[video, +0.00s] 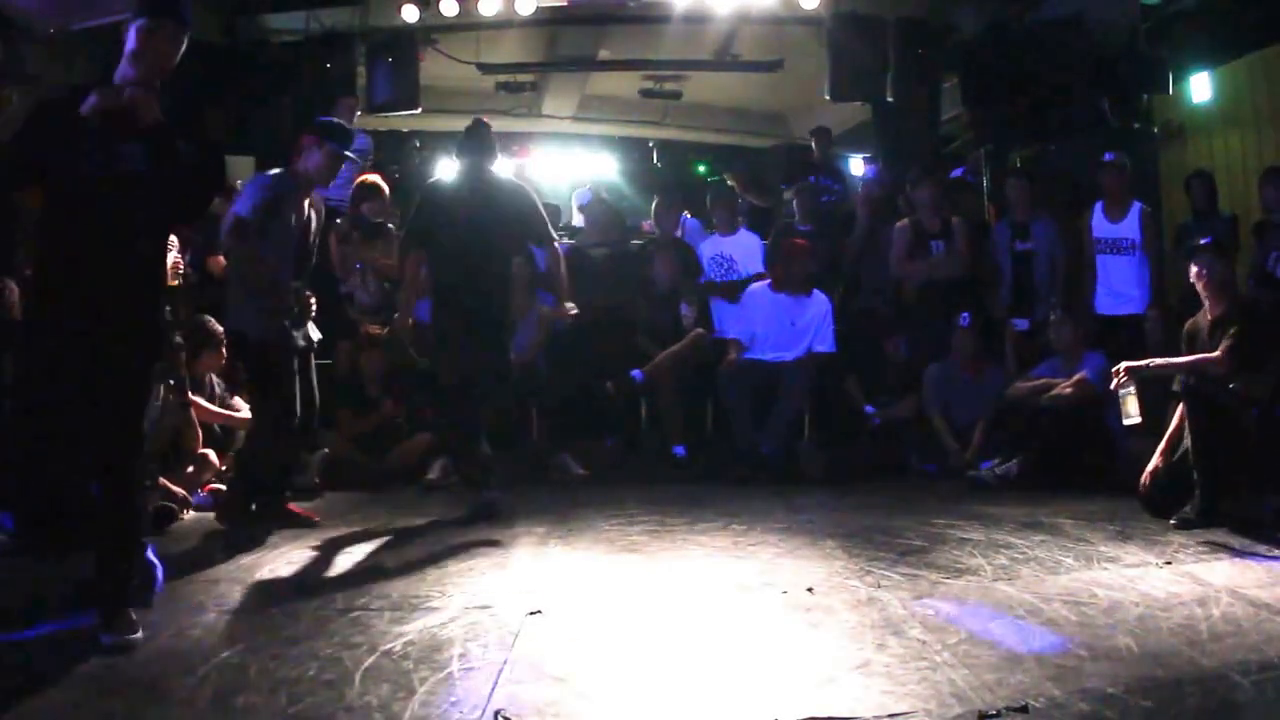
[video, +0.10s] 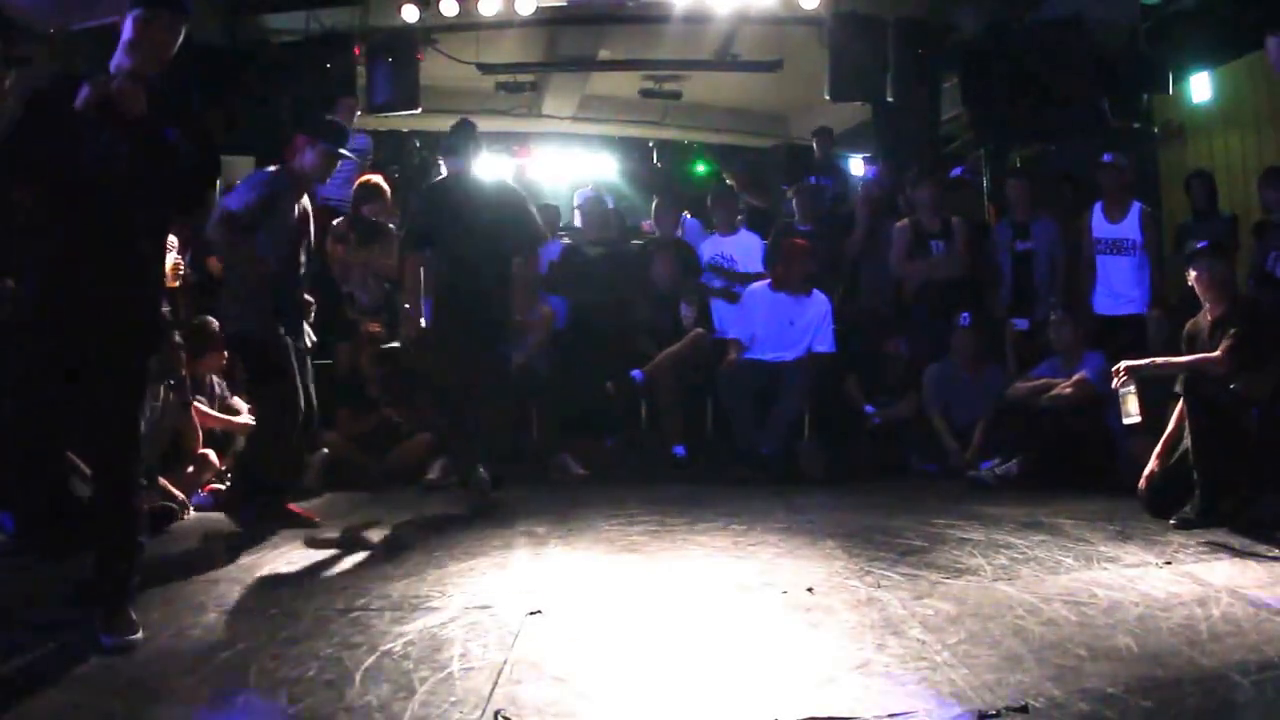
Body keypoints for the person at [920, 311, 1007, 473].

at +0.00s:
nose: (963, 344)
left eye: (968, 338)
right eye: (959, 338)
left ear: (977, 341)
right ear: (952, 340)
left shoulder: (990, 374)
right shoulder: (937, 373)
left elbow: (985, 416)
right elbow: (935, 414)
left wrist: (972, 453)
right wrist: (953, 448)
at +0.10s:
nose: (964, 345)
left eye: (969, 340)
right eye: (959, 339)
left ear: (977, 342)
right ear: (952, 341)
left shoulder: (990, 374)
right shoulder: (936, 373)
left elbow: (985, 416)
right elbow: (935, 414)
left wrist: (973, 451)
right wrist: (952, 448)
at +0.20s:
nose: (964, 346)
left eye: (969, 341)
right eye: (959, 340)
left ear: (978, 343)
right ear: (952, 342)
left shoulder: (990, 374)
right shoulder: (936, 373)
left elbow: (986, 416)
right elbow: (936, 414)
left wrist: (972, 453)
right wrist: (953, 449)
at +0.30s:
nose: (964, 348)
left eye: (969, 343)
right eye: (959, 342)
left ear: (977, 345)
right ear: (952, 344)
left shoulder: (989, 375)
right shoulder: (936, 374)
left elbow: (986, 416)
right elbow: (935, 414)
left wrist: (972, 453)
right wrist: (953, 449)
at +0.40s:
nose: (965, 348)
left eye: (970, 342)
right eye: (960, 342)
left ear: (979, 345)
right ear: (952, 344)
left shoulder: (990, 375)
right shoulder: (936, 374)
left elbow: (986, 416)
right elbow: (936, 415)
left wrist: (972, 453)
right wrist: (954, 449)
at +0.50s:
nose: (966, 349)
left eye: (971, 343)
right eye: (961, 343)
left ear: (979, 345)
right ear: (954, 344)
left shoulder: (990, 374)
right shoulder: (936, 374)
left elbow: (987, 415)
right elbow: (936, 415)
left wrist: (973, 452)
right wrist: (954, 450)